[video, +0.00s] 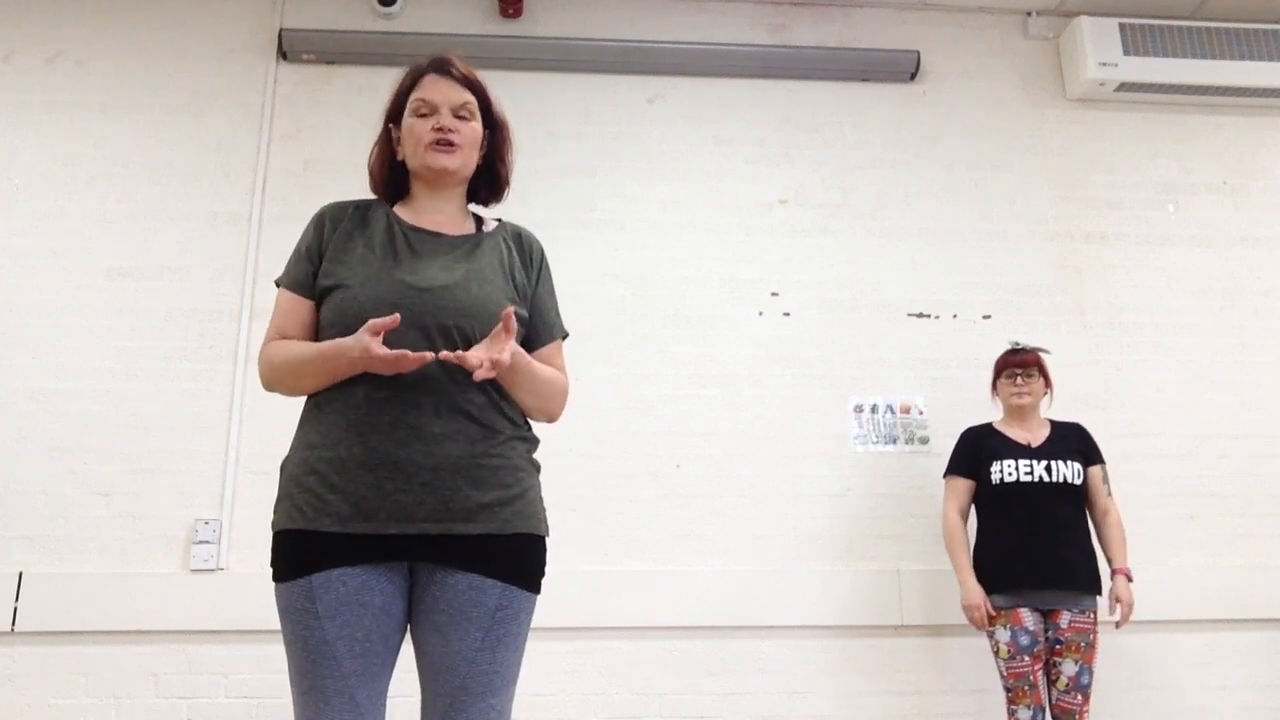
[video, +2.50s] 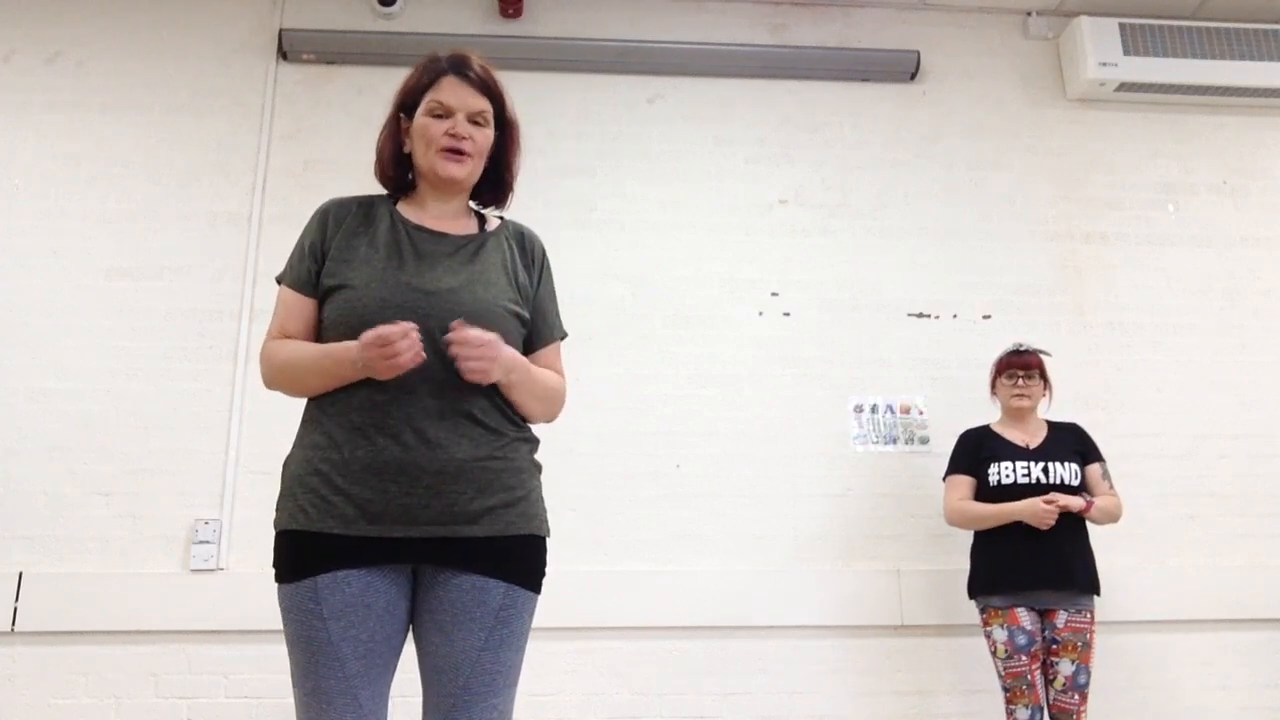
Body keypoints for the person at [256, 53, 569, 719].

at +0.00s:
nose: (445, 123)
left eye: (463, 113)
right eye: (425, 111)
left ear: (486, 142)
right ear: (397, 137)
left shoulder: (519, 250)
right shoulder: (336, 227)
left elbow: (552, 401)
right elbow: (274, 366)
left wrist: (509, 365)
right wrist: (353, 354)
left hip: (487, 525)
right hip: (335, 518)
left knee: (472, 713)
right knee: (336, 712)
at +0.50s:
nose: (444, 116)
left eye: (459, 106)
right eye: (422, 107)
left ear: (482, 135)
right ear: (392, 139)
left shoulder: (522, 245)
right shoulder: (338, 226)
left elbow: (552, 400)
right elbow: (280, 367)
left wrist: (514, 354)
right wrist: (343, 352)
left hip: (491, 520)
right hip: (339, 515)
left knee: (476, 714)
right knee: (339, 713)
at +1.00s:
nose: (446, 113)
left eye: (461, 103)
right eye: (424, 103)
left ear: (483, 132)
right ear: (393, 136)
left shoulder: (523, 244)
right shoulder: (340, 223)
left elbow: (550, 403)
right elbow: (279, 366)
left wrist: (546, 322)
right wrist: (353, 321)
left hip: (492, 519)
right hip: (339, 515)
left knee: (475, 714)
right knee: (339, 713)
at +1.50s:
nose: (455, 118)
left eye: (476, 113)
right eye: (438, 103)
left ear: (493, 146)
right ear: (406, 125)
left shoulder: (516, 247)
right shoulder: (332, 224)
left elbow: (547, 404)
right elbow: (274, 370)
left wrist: (544, 351)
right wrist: (323, 353)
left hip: (492, 522)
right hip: (340, 518)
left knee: (478, 714)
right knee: (339, 714)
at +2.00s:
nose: (463, 124)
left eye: (485, 117)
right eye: (446, 108)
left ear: (503, 148)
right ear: (414, 126)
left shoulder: (522, 253)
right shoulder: (342, 219)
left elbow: (543, 412)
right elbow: (277, 359)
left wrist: (542, 359)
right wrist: (336, 348)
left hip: (491, 522)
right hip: (341, 516)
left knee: (477, 714)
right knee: (339, 713)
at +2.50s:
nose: (458, 129)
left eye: (478, 119)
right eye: (439, 113)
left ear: (495, 141)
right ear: (406, 128)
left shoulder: (521, 249)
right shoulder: (338, 224)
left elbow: (550, 402)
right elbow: (276, 362)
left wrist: (508, 365)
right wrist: (355, 359)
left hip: (489, 524)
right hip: (339, 517)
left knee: (474, 714)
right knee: (337, 713)